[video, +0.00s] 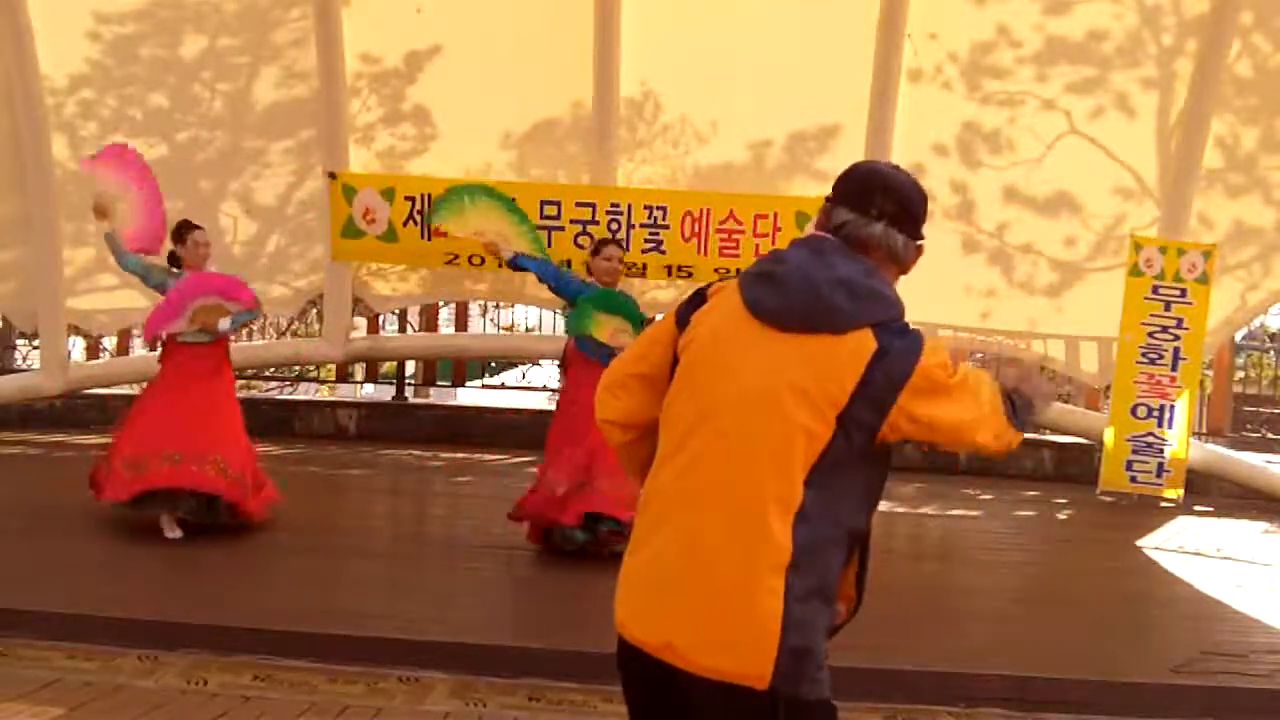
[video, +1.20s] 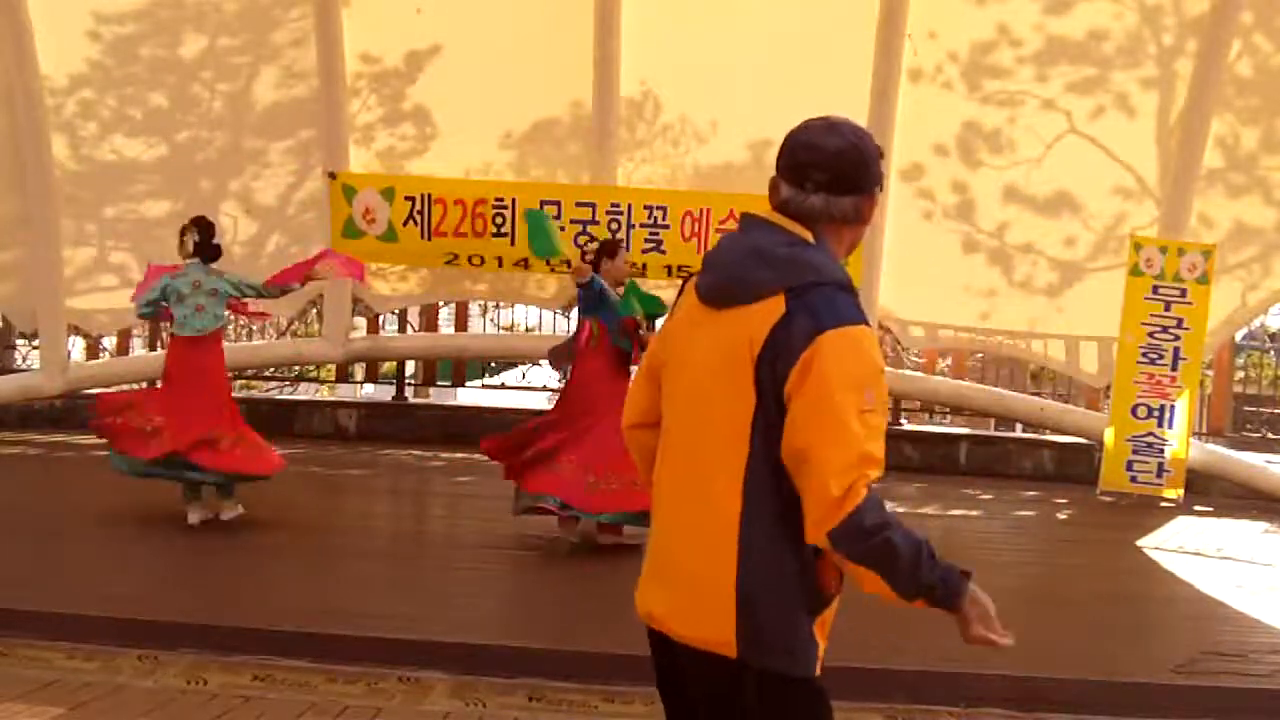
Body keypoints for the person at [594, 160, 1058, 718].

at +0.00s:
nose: (900, 272)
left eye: (904, 259)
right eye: (905, 259)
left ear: (822, 223)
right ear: (902, 256)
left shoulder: (712, 306)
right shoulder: (885, 352)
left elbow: (620, 401)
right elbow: (985, 421)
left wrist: (671, 488)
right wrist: (1016, 397)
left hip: (647, 629)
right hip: (760, 655)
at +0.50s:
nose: (929, 237)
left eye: (932, 222)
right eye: (933, 223)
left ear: (837, 203)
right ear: (920, 230)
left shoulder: (724, 294)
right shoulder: (894, 324)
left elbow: (631, 410)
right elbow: (1021, 382)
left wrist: (636, 518)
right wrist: (971, 327)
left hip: (682, 629)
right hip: (785, 654)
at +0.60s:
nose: (919, 230)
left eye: (924, 213)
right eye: (923, 214)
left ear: (827, 192)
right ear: (912, 217)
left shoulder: (721, 292)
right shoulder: (885, 311)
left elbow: (636, 407)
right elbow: (1020, 335)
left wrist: (644, 518)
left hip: (688, 632)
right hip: (790, 652)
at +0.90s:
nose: (897, 231)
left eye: (899, 214)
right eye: (899, 214)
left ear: (803, 202)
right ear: (883, 219)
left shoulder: (723, 289)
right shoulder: (857, 322)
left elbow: (649, 420)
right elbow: (1002, 413)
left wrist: (676, 512)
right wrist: (1143, 369)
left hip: (689, 623)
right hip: (780, 643)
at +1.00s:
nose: (887, 227)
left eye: (888, 207)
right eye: (889, 209)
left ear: (795, 199)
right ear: (877, 216)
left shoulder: (716, 291)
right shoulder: (844, 321)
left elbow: (652, 425)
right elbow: (952, 464)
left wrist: (681, 510)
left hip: (686, 626)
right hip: (775, 650)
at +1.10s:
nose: (881, 215)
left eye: (880, 198)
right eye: (883, 199)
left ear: (784, 192)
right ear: (870, 210)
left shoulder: (708, 288)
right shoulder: (831, 317)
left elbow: (650, 432)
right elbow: (890, 497)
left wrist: (702, 517)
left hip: (679, 622)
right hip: (766, 643)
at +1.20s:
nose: (879, 211)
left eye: (877, 193)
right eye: (880, 196)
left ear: (779, 190)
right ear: (868, 206)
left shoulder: (707, 283)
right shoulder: (825, 310)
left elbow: (641, 420)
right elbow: (839, 500)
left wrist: (697, 506)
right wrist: (953, 589)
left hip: (671, 613)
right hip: (757, 636)